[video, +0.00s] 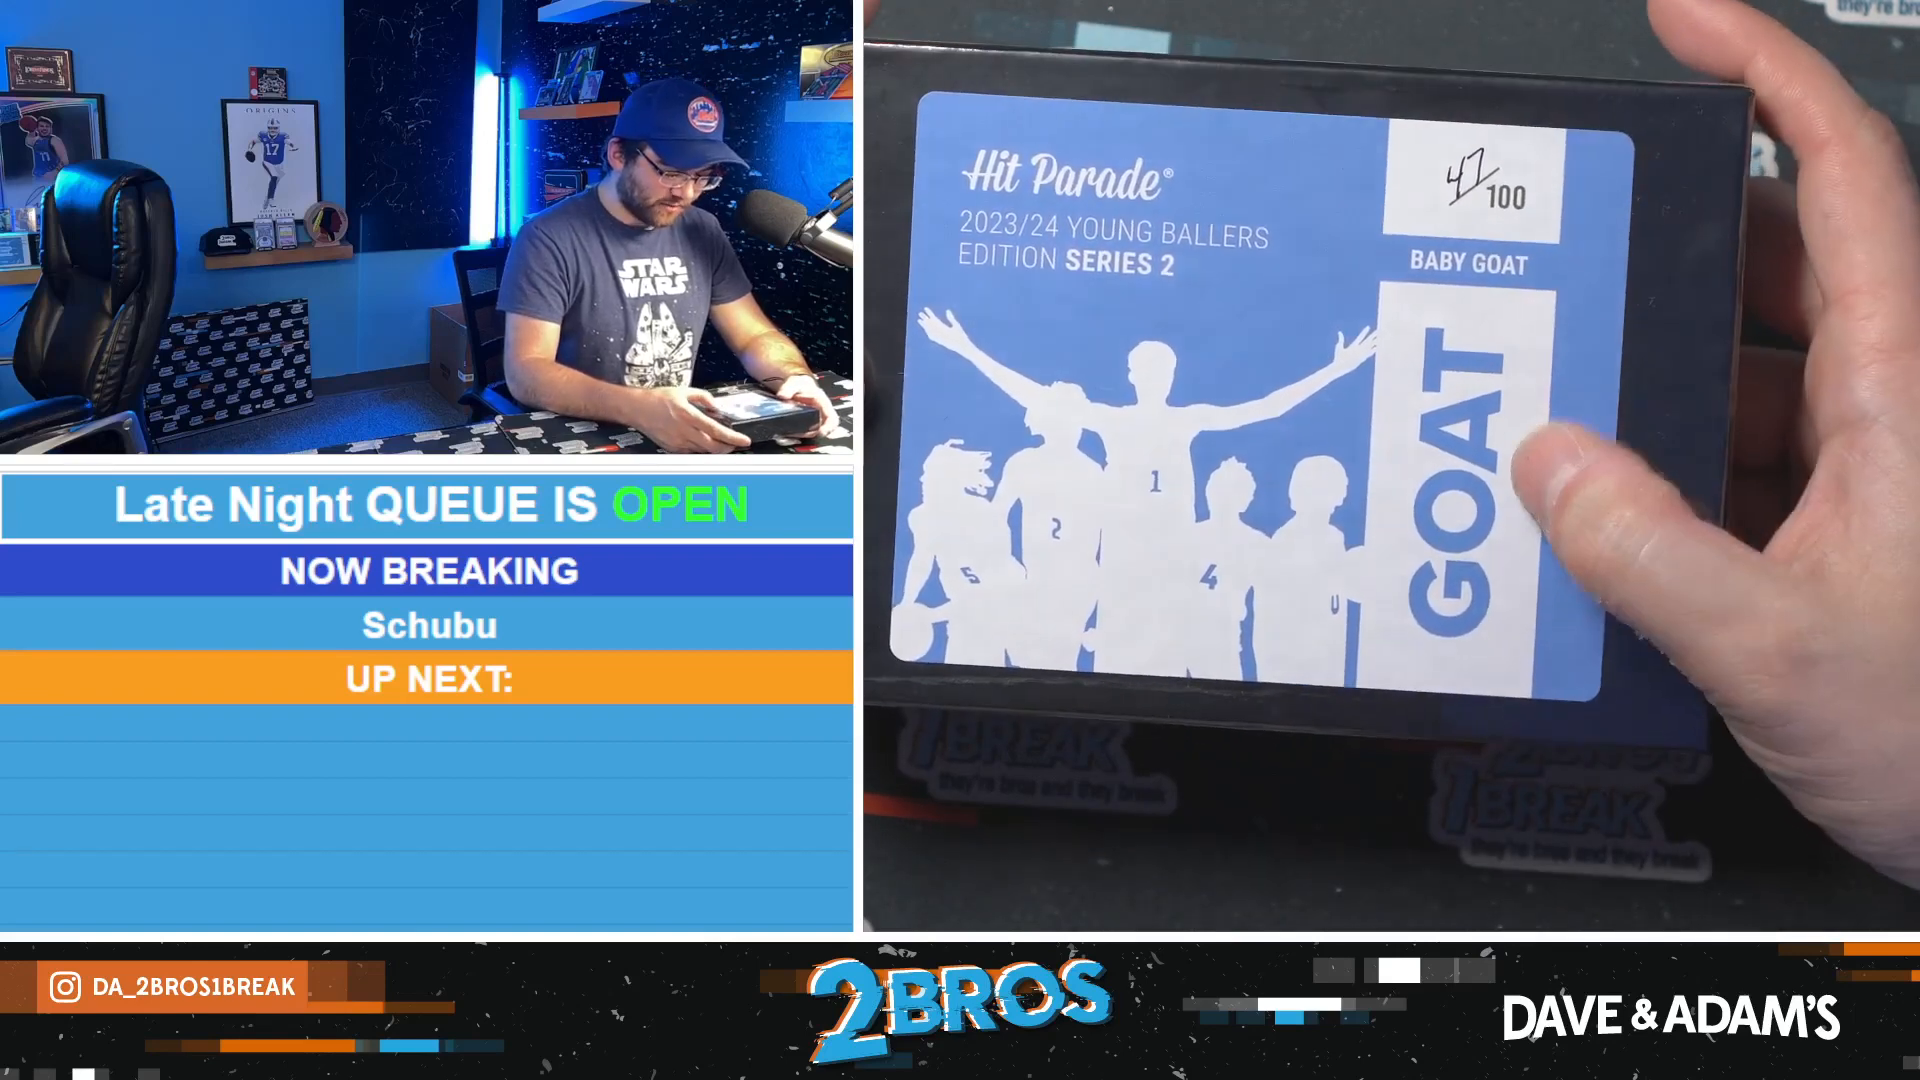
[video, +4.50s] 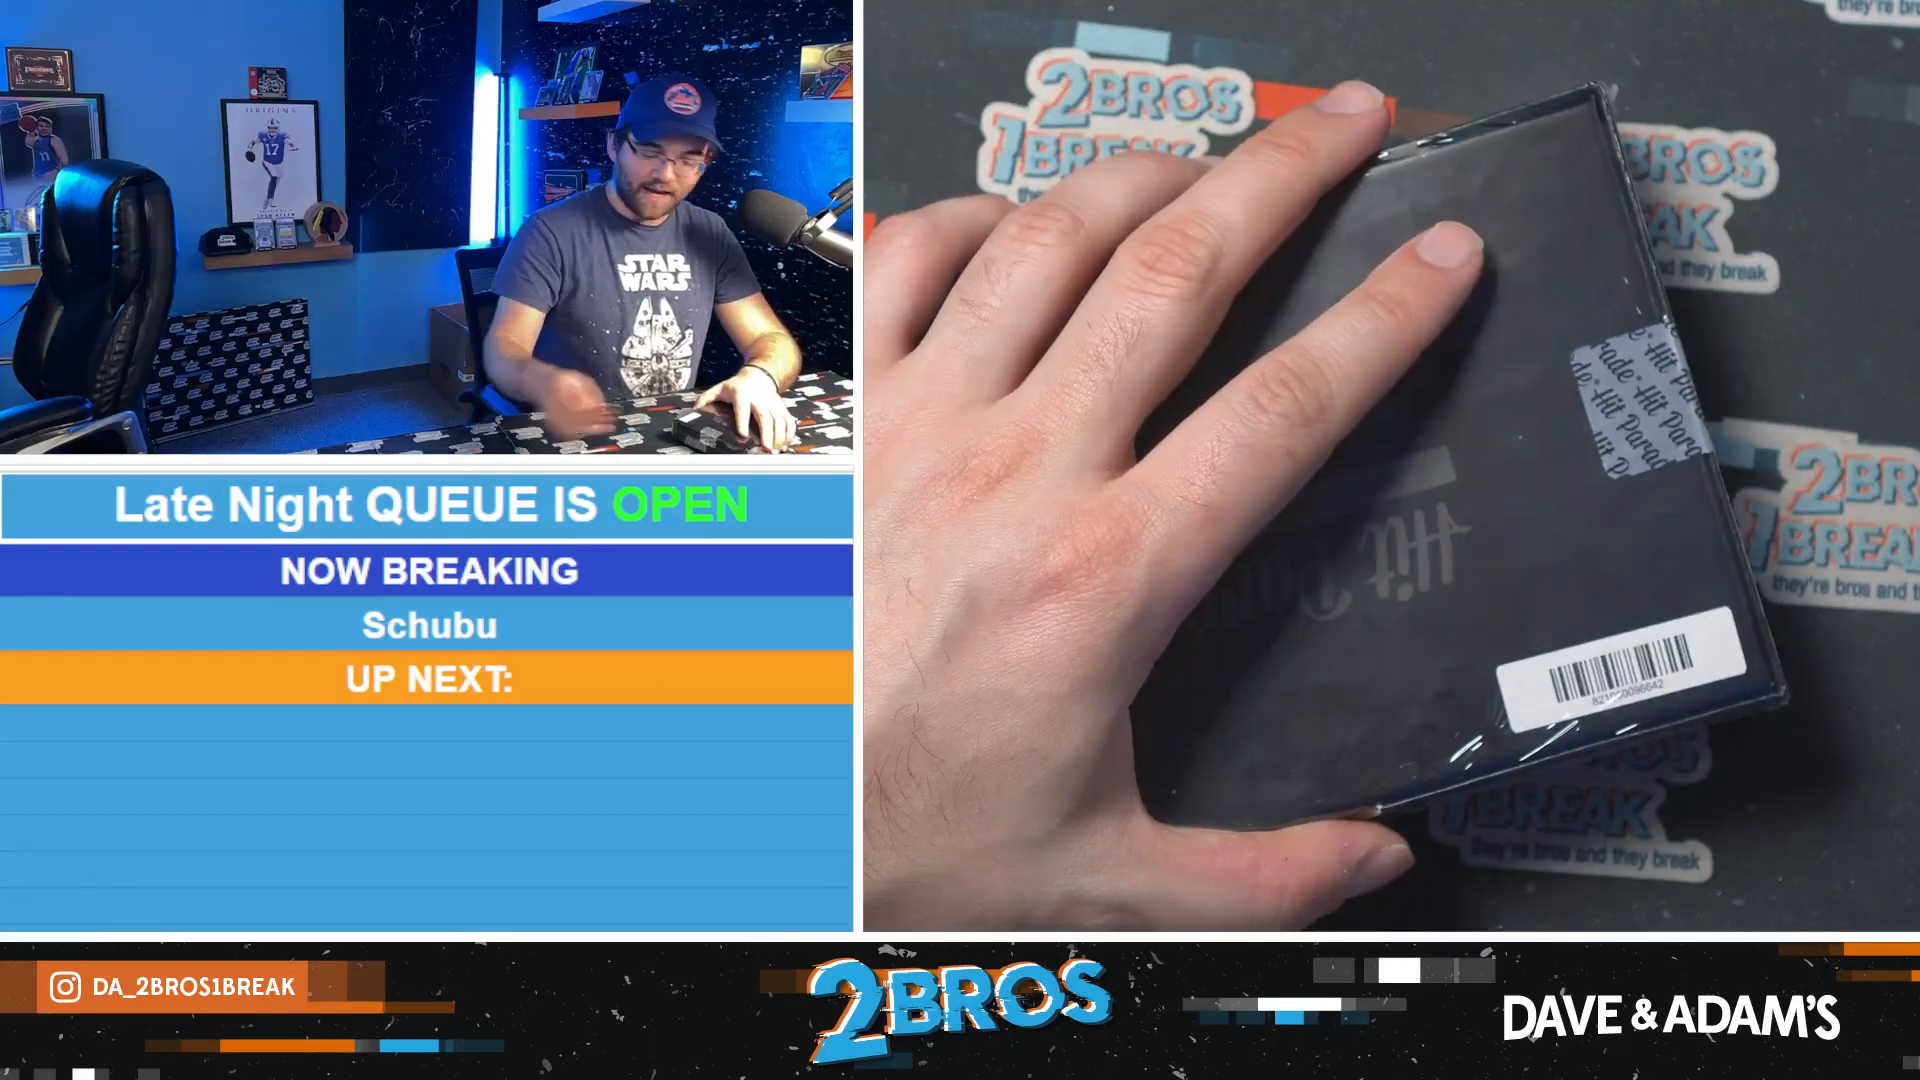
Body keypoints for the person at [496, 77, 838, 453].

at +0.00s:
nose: (686, 192)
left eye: (701, 175)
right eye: (670, 170)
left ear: (715, 171)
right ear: (618, 155)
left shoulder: (701, 232)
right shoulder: (553, 237)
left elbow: (756, 335)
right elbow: (528, 373)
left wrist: (795, 375)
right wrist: (641, 408)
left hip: (680, 460)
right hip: (576, 464)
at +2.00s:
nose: (689, 185)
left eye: (704, 169)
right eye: (673, 165)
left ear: (715, 169)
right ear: (620, 152)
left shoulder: (701, 232)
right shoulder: (552, 239)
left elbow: (755, 333)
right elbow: (527, 375)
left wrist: (797, 380)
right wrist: (641, 398)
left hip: (686, 457)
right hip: (581, 462)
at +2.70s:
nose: (659, 160)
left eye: (679, 145)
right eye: (642, 140)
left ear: (695, 157)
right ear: (605, 144)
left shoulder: (705, 231)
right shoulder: (552, 238)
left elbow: (757, 334)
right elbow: (523, 373)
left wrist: (793, 372)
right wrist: (612, 384)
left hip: (683, 449)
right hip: (577, 458)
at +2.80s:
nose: (648, 156)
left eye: (670, 141)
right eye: (631, 137)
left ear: (691, 155)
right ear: (602, 144)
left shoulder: (704, 230)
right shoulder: (548, 237)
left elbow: (762, 331)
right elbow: (515, 365)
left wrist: (795, 367)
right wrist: (565, 389)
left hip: (683, 456)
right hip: (580, 464)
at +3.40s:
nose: (604, 151)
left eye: (629, 137)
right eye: (599, 135)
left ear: (680, 153)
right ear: (590, 138)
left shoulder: (709, 233)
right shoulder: (551, 232)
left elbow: (775, 340)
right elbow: (520, 348)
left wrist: (753, 371)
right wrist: (535, 435)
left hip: (682, 448)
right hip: (582, 452)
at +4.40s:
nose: (652, 169)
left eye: (675, 154)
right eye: (637, 147)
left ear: (701, 160)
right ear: (613, 145)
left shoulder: (708, 236)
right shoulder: (552, 235)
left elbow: (771, 341)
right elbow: (503, 344)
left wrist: (760, 376)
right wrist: (509, 401)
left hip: (677, 456)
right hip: (570, 456)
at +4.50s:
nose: (665, 176)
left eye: (687, 161)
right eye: (650, 153)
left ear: (703, 167)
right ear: (614, 145)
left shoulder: (708, 235)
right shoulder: (550, 235)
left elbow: (771, 341)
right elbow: (501, 351)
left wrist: (759, 376)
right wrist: (548, 386)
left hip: (678, 457)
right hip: (575, 463)